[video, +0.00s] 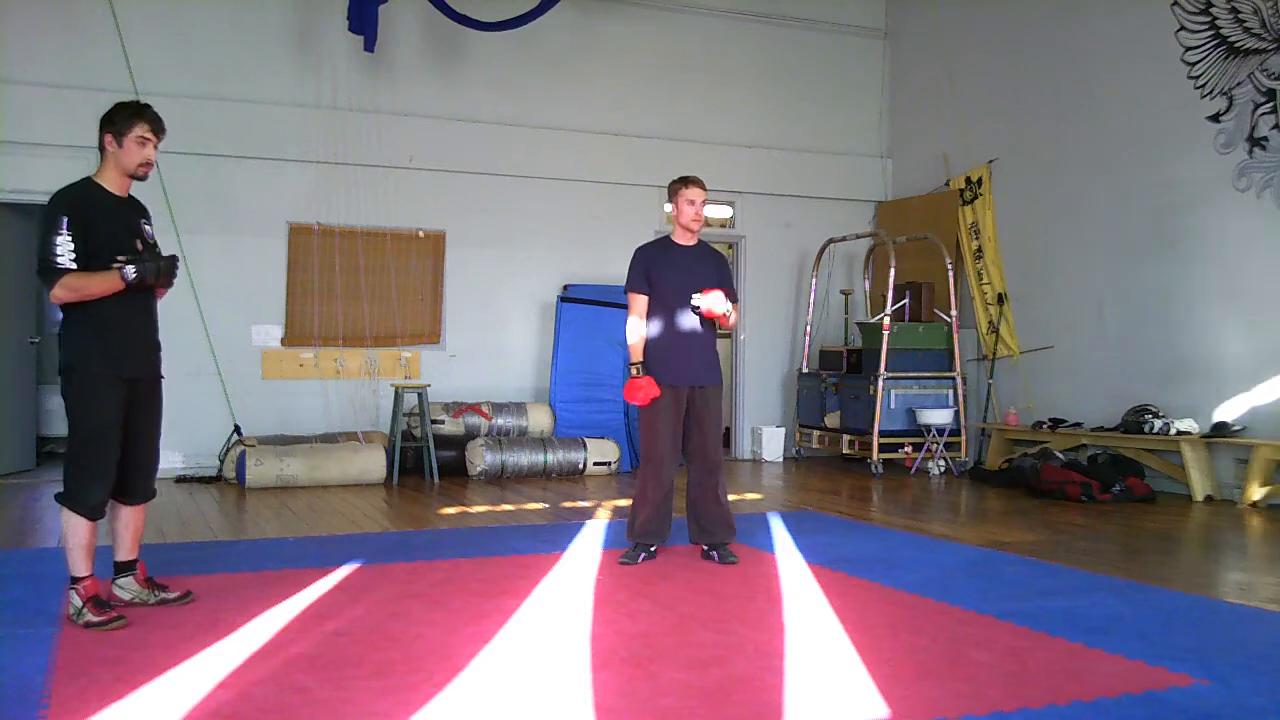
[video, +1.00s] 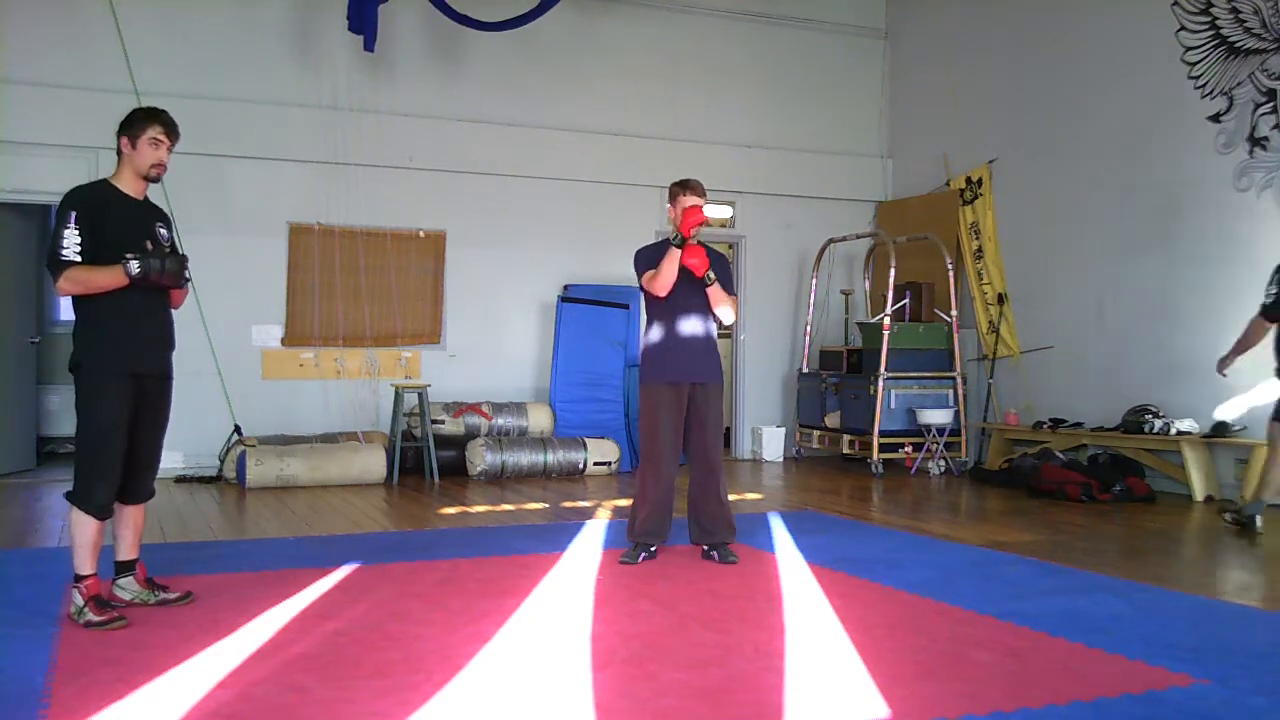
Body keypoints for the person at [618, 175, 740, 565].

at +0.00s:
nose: (697, 210)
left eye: (702, 204)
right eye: (690, 203)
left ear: (706, 210)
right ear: (672, 207)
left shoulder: (716, 260)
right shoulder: (648, 255)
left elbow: (730, 323)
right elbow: (636, 317)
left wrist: (721, 311)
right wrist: (636, 369)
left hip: (707, 376)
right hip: (661, 375)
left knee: (708, 460)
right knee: (657, 459)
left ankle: (713, 538)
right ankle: (646, 539)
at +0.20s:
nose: (697, 210)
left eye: (701, 204)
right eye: (689, 203)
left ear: (705, 210)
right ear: (671, 208)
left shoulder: (716, 260)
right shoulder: (647, 256)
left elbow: (733, 323)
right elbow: (636, 317)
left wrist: (724, 307)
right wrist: (636, 369)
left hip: (707, 375)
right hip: (661, 374)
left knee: (708, 460)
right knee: (657, 459)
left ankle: (713, 538)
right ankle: (646, 539)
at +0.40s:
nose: (697, 210)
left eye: (701, 204)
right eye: (689, 203)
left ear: (705, 210)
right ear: (671, 208)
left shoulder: (716, 260)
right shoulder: (647, 256)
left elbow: (735, 321)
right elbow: (636, 317)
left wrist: (723, 299)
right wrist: (636, 367)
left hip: (707, 375)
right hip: (660, 374)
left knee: (708, 460)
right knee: (657, 458)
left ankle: (714, 539)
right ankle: (646, 539)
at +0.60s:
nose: (696, 211)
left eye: (700, 205)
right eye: (688, 204)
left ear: (705, 210)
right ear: (671, 209)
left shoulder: (718, 260)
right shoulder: (647, 256)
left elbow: (735, 320)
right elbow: (636, 316)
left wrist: (720, 300)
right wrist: (650, 346)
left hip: (706, 371)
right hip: (662, 369)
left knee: (708, 458)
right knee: (657, 455)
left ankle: (714, 539)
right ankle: (647, 539)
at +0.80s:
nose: (694, 214)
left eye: (699, 208)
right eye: (686, 207)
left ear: (704, 212)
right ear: (671, 210)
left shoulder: (717, 260)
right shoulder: (649, 256)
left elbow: (730, 320)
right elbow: (648, 310)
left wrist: (711, 290)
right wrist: (671, 284)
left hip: (706, 371)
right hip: (661, 370)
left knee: (708, 458)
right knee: (657, 455)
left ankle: (713, 538)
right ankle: (646, 538)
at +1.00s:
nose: (694, 214)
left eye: (699, 207)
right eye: (687, 207)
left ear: (706, 211)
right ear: (671, 210)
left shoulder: (717, 260)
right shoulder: (649, 255)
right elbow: (658, 288)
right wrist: (681, 241)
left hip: (707, 371)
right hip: (662, 369)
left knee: (708, 458)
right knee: (657, 456)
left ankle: (714, 538)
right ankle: (646, 539)